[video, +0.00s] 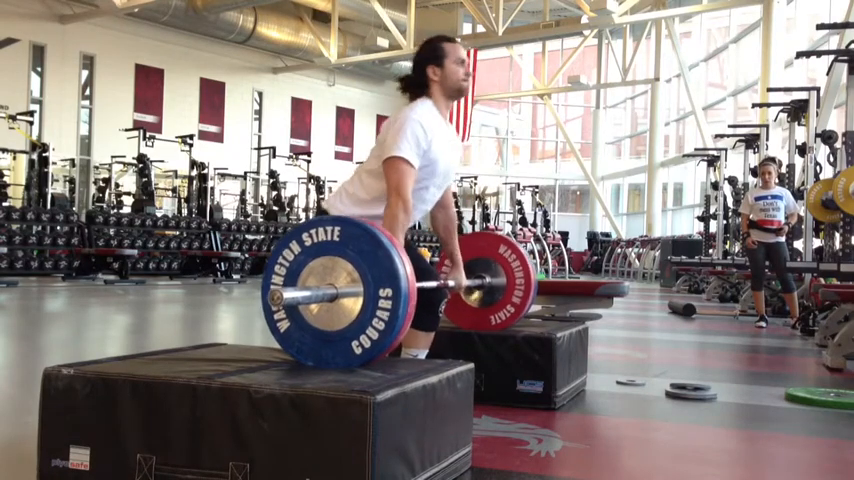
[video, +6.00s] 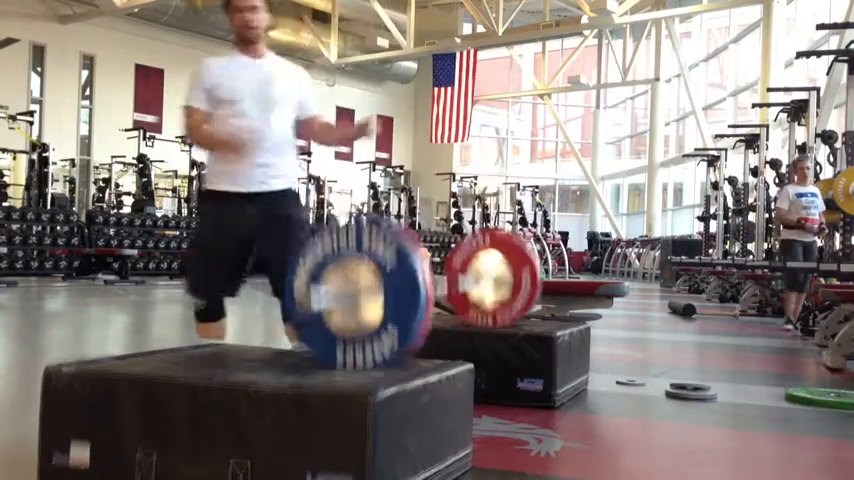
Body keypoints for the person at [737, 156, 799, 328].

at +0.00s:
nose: (766, 176)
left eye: (769, 173)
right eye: (763, 173)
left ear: (776, 174)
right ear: (759, 175)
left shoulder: (784, 193)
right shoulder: (751, 195)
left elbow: (794, 213)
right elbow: (744, 217)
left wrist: (788, 224)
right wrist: (746, 235)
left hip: (777, 240)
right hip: (756, 239)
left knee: (785, 276)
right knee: (757, 277)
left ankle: (795, 318)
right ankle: (761, 316)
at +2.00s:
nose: (766, 176)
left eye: (769, 173)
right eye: (763, 173)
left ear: (776, 174)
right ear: (759, 175)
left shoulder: (784, 193)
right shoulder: (751, 194)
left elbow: (792, 214)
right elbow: (744, 216)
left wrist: (787, 224)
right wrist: (746, 235)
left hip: (777, 240)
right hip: (757, 239)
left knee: (785, 276)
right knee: (757, 278)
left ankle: (795, 318)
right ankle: (761, 316)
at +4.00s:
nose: (767, 172)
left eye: (770, 169)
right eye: (764, 170)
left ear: (776, 172)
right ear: (760, 173)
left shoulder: (784, 192)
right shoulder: (752, 193)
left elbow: (792, 213)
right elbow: (744, 216)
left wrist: (788, 224)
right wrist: (746, 235)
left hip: (778, 239)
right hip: (757, 239)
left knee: (785, 275)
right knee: (757, 277)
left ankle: (795, 317)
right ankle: (761, 316)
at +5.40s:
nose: (783, 176)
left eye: (787, 173)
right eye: (780, 172)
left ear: (791, 174)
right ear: (773, 173)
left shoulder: (796, 193)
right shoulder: (764, 192)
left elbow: (801, 216)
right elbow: (755, 218)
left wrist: (800, 224)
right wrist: (769, 229)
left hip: (790, 240)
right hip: (769, 240)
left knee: (796, 275)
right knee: (766, 274)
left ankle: (794, 317)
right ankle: (762, 315)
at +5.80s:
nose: (801, 171)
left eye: (803, 168)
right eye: (797, 168)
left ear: (806, 170)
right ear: (788, 171)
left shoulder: (810, 191)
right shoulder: (782, 191)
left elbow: (816, 214)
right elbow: (774, 217)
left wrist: (817, 225)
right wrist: (793, 225)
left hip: (806, 239)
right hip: (787, 239)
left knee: (802, 279)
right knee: (784, 276)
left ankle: (793, 318)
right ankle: (770, 313)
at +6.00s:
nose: (805, 172)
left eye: (807, 168)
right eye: (801, 169)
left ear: (811, 170)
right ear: (795, 171)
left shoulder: (815, 190)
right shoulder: (787, 190)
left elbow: (820, 213)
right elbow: (779, 216)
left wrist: (822, 224)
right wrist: (800, 223)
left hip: (810, 239)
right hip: (792, 238)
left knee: (805, 278)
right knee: (794, 277)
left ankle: (796, 317)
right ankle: (789, 317)